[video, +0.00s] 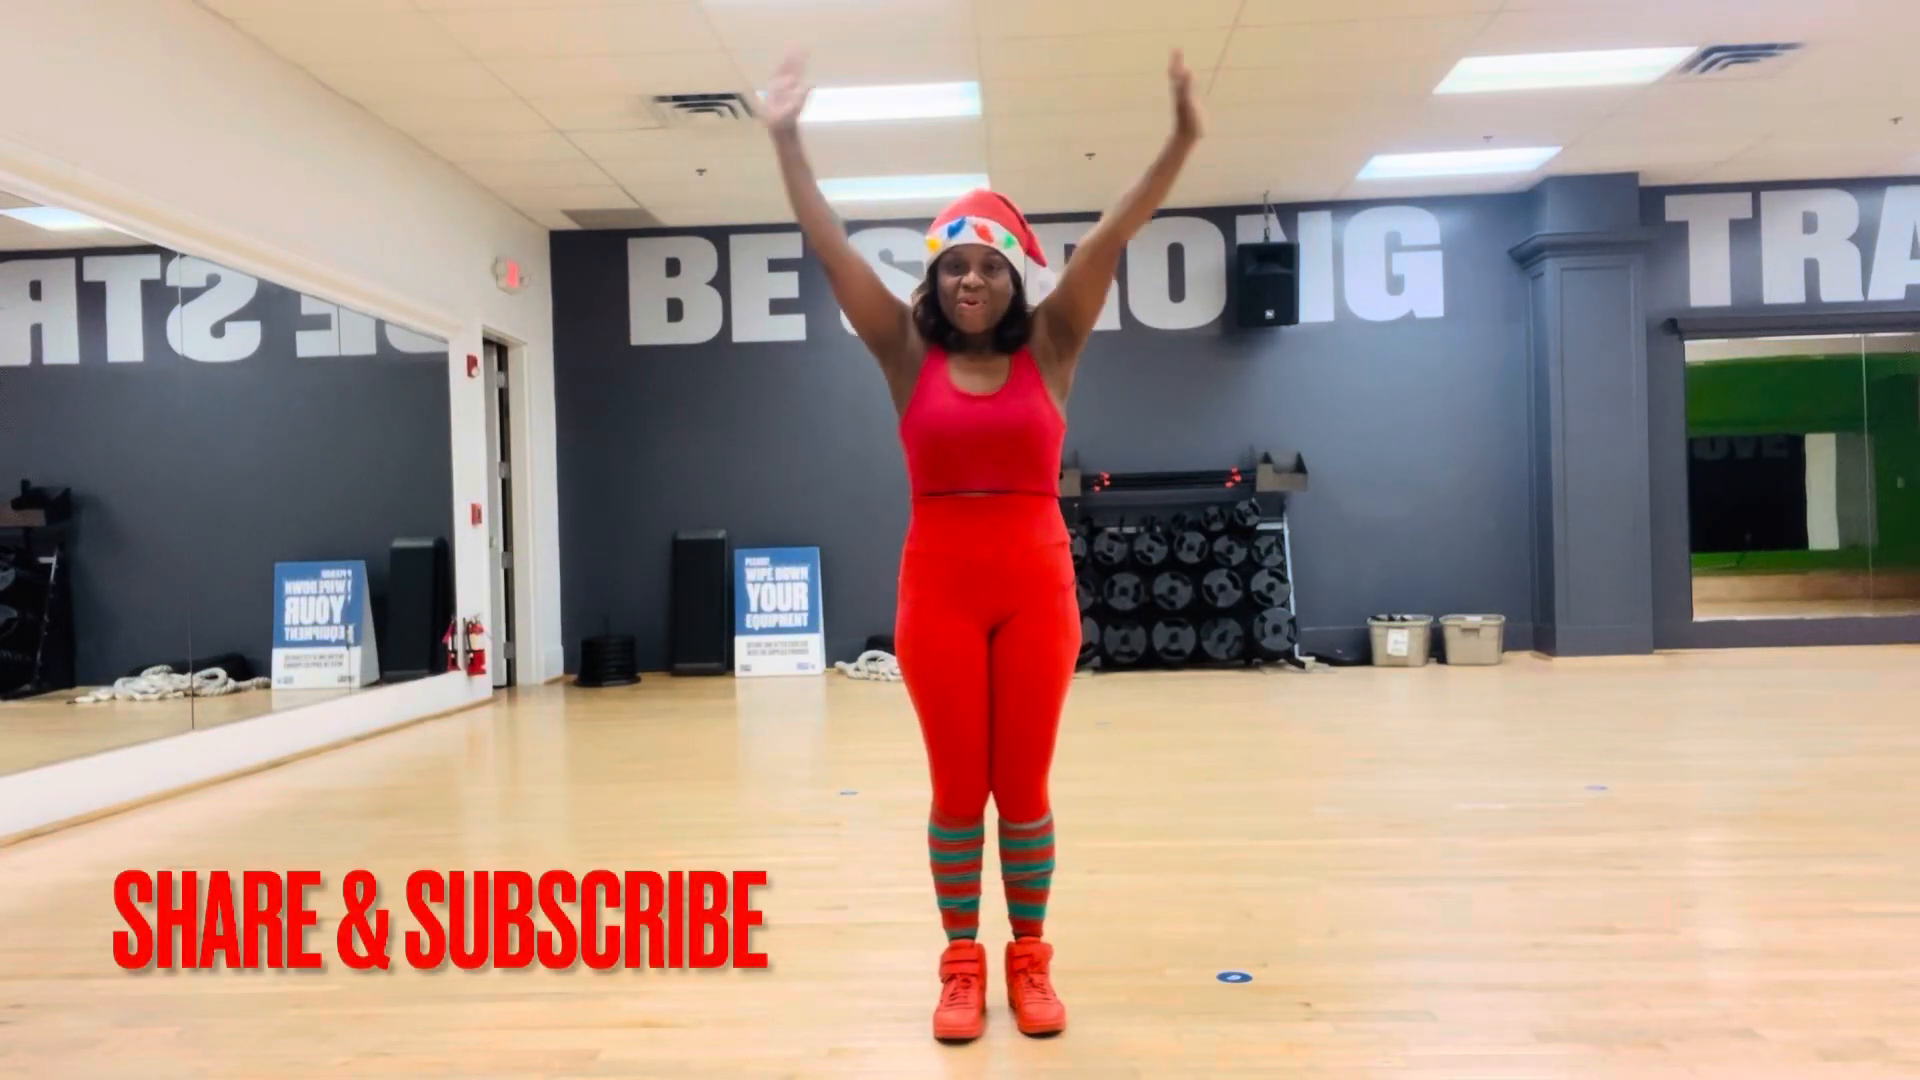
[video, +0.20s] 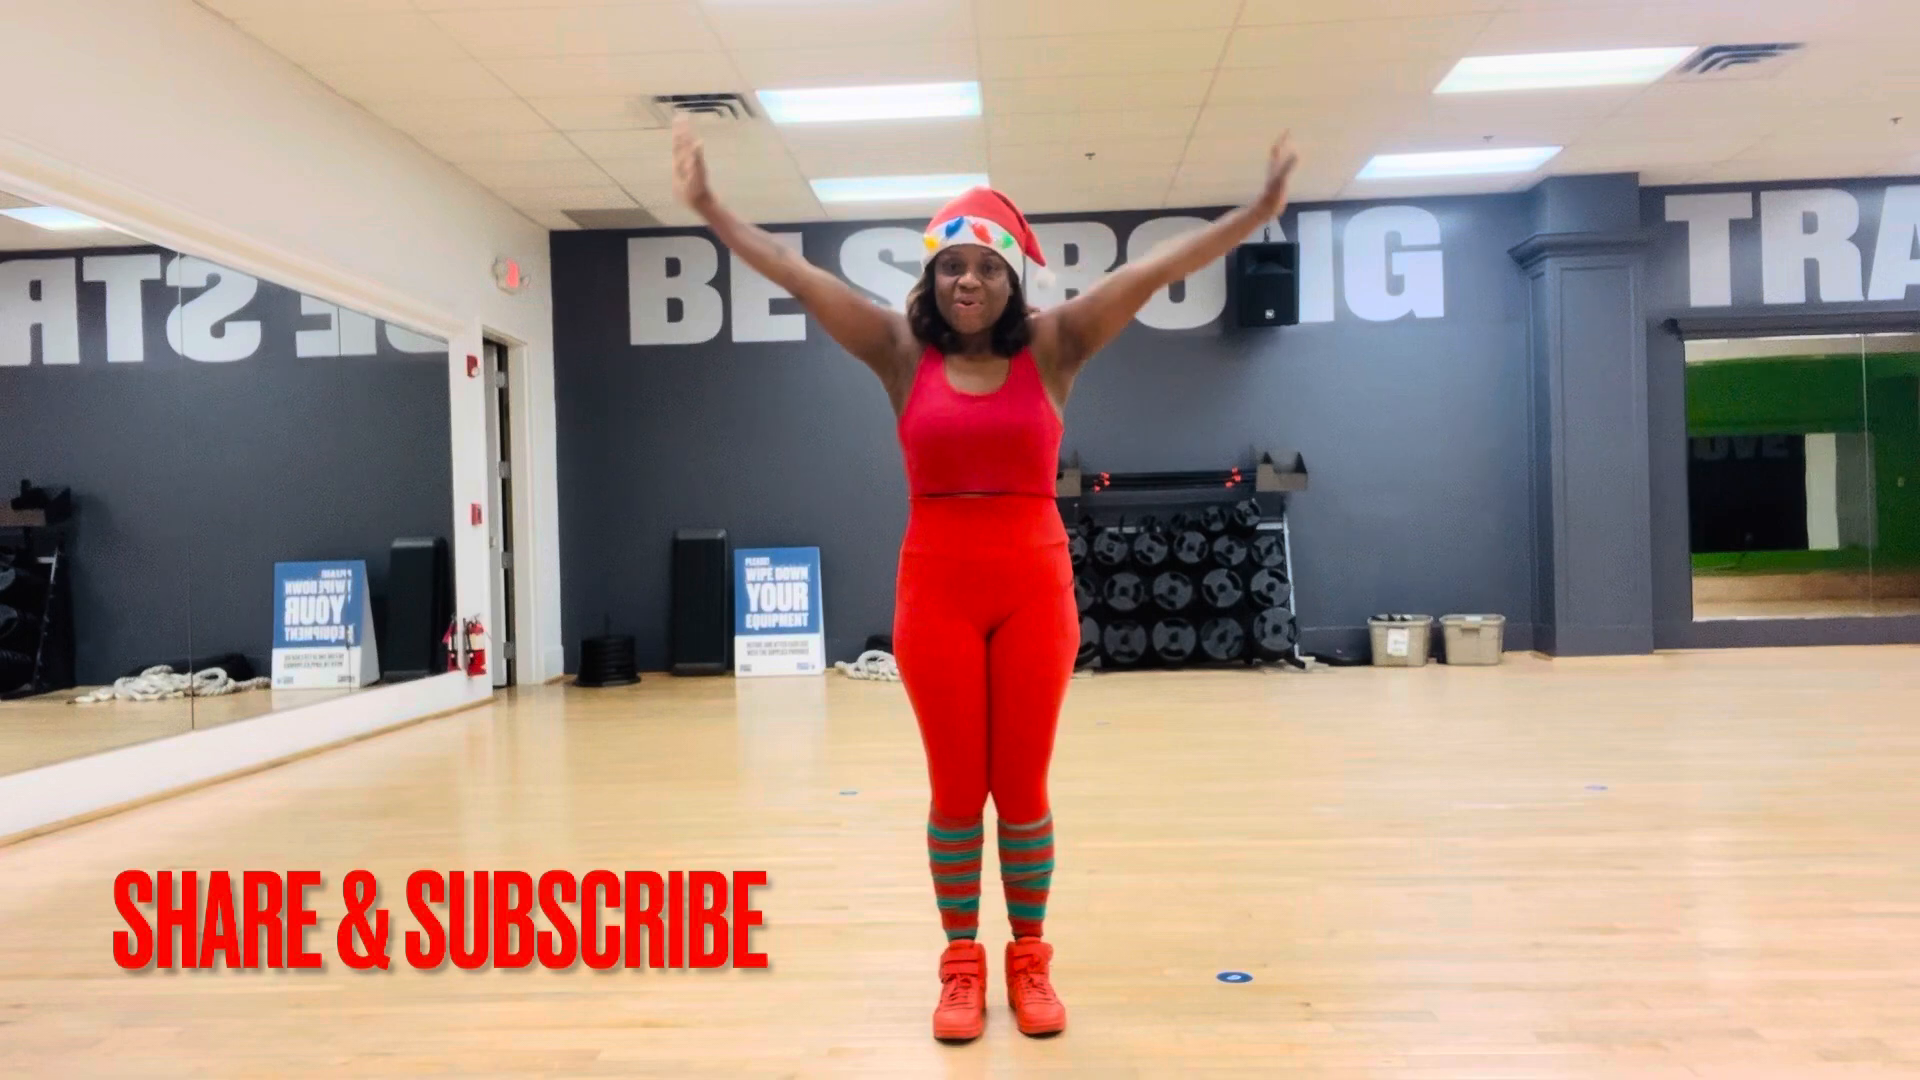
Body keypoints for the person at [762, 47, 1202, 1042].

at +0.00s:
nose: (972, 282)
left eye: (988, 270)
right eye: (956, 271)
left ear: (1017, 286)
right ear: (935, 286)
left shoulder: (1048, 350)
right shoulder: (911, 354)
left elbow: (1109, 243)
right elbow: (832, 249)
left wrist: (1182, 142)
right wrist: (783, 138)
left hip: (1036, 590)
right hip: (939, 593)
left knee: (1023, 784)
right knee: (958, 784)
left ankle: (1030, 959)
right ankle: (962, 964)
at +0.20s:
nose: (967, 283)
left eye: (986, 269)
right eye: (952, 268)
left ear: (1015, 277)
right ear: (930, 275)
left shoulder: (1052, 345)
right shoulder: (902, 346)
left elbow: (1150, 274)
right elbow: (797, 276)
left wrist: (1255, 212)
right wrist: (711, 212)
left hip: (1036, 584)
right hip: (935, 588)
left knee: (1022, 782)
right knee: (957, 783)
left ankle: (1030, 960)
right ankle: (962, 964)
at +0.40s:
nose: (966, 284)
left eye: (984, 272)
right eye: (952, 271)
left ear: (1014, 286)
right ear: (931, 284)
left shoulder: (1055, 351)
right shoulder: (898, 354)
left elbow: (1172, 321)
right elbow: (772, 323)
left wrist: (1291, 300)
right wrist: (667, 290)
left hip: (1032, 589)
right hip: (934, 592)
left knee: (1019, 784)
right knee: (955, 786)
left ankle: (1030, 960)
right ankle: (961, 963)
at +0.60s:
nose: (968, 282)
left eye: (985, 266)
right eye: (953, 265)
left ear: (1015, 277)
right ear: (932, 274)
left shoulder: (1052, 355)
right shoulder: (895, 360)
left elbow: (1173, 370)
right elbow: (772, 380)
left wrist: (1284, 389)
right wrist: (665, 391)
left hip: (1032, 589)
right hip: (933, 593)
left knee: (1019, 785)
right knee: (954, 785)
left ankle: (1030, 959)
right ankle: (963, 966)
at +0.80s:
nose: (970, 280)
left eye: (988, 268)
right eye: (956, 266)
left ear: (1014, 286)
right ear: (933, 281)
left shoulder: (1050, 366)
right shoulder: (896, 368)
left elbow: (1162, 421)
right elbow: (788, 437)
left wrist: (1257, 476)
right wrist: (695, 493)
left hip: (1030, 588)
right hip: (932, 592)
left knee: (1018, 783)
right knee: (954, 786)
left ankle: (1030, 960)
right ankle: (961, 964)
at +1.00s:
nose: (966, 283)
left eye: (985, 270)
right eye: (953, 266)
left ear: (1012, 285)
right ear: (932, 277)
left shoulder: (1050, 373)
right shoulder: (894, 374)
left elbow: (1126, 475)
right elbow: (827, 485)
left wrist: (1202, 569)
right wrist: (764, 576)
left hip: (1030, 590)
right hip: (931, 592)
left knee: (1019, 785)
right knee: (954, 786)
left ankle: (1030, 963)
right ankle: (962, 965)